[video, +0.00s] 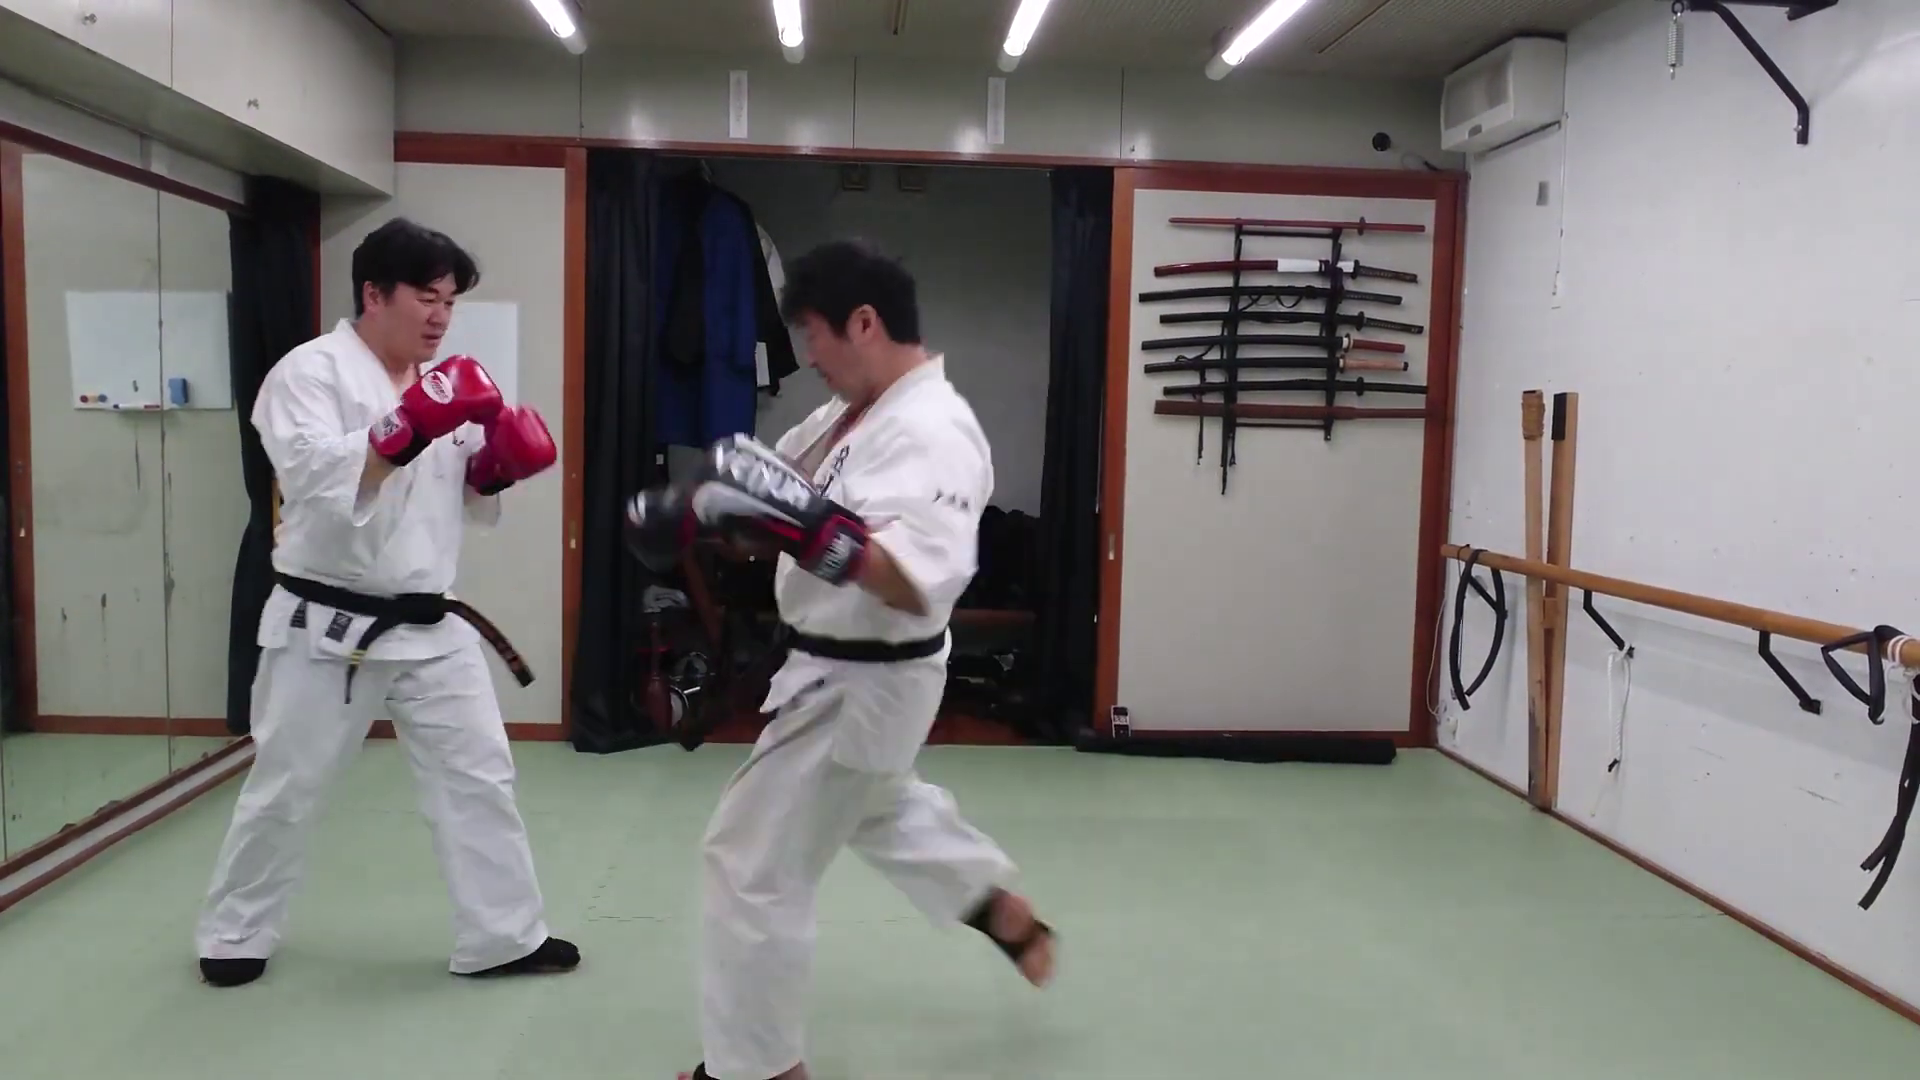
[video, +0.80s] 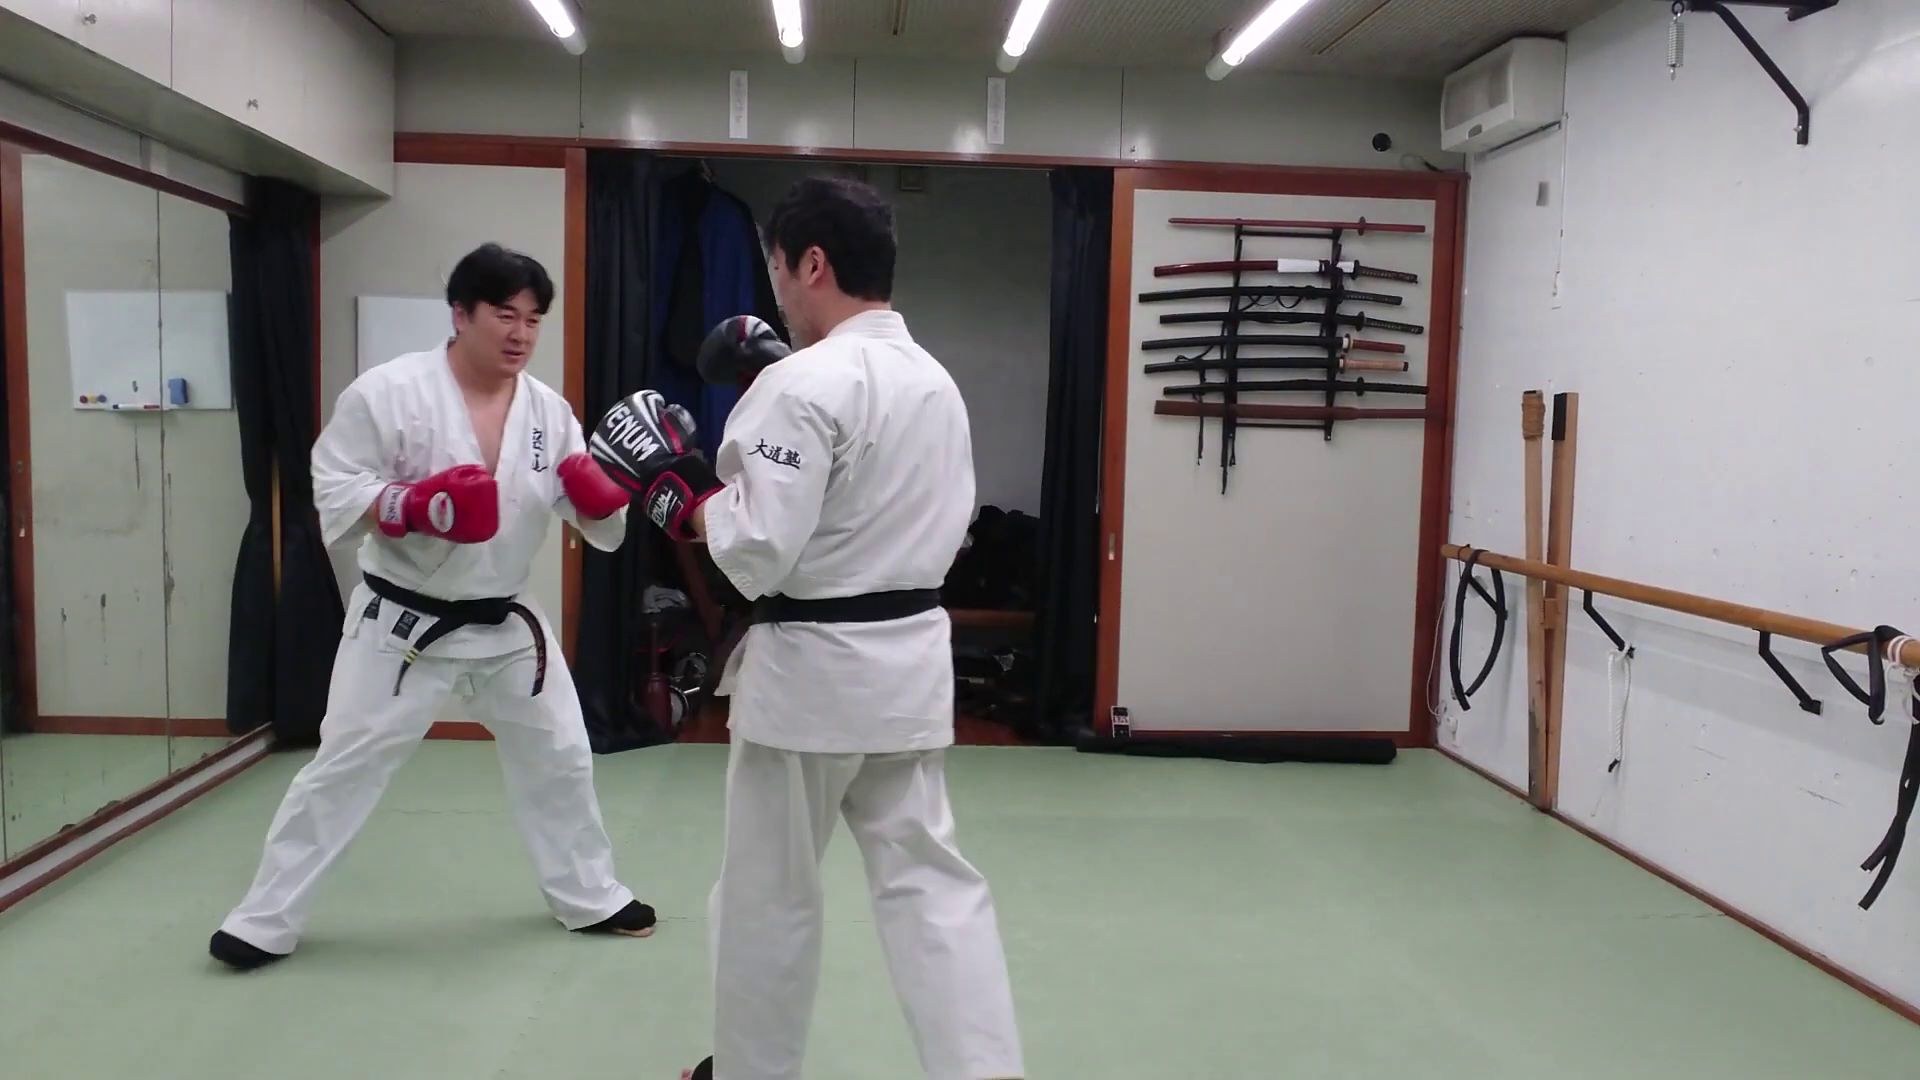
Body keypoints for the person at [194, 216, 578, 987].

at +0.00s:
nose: (442, 315)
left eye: (449, 302)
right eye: (427, 298)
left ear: (454, 304)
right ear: (373, 294)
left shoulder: (453, 382)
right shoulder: (304, 374)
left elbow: (472, 496)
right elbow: (315, 481)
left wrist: (498, 466)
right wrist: (400, 437)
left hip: (430, 623)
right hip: (321, 620)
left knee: (480, 777)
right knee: (285, 790)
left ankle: (499, 937)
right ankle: (235, 934)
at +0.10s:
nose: (405, 334)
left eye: (416, 320)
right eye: (391, 315)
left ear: (424, 324)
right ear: (339, 307)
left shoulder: (411, 388)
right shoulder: (277, 377)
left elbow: (456, 485)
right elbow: (343, 478)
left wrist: (487, 424)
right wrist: (424, 413)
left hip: (400, 598)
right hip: (296, 612)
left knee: (499, 693)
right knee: (280, 780)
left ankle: (511, 864)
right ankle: (240, 930)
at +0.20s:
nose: (391, 337)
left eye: (402, 321)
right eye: (377, 319)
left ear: (410, 319)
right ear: (327, 311)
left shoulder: (400, 373)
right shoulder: (270, 378)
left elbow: (459, 468)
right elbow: (349, 470)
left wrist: (470, 404)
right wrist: (447, 419)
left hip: (392, 578)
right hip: (298, 608)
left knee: (506, 600)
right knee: (283, 773)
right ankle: (244, 932)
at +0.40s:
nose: (391, 320)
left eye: (403, 306)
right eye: (375, 303)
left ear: (412, 308)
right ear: (326, 298)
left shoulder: (405, 383)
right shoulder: (261, 381)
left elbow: (441, 501)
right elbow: (292, 507)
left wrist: (471, 452)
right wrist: (388, 461)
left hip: (411, 566)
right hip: (303, 599)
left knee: (523, 614)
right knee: (281, 771)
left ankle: (490, 761)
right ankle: (247, 931)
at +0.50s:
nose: (405, 314)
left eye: (415, 300)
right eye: (388, 297)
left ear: (423, 302)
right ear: (335, 293)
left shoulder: (421, 382)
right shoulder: (265, 377)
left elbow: (442, 489)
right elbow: (255, 495)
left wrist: (475, 470)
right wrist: (347, 467)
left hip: (419, 588)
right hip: (310, 607)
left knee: (527, 689)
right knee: (289, 771)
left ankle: (566, 840)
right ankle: (245, 929)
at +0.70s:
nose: (472, 327)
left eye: (482, 314)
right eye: (455, 311)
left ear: (492, 320)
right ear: (410, 313)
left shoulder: (507, 410)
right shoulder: (334, 397)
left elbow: (547, 487)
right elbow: (283, 498)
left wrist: (554, 517)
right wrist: (365, 502)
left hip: (481, 627)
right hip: (369, 629)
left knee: (539, 766)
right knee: (316, 781)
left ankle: (588, 897)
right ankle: (249, 929)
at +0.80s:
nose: (521, 331)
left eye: (532, 318)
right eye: (505, 314)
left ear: (541, 325)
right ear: (462, 315)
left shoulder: (549, 413)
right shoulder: (389, 391)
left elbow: (598, 522)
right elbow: (333, 484)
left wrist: (603, 501)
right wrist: (409, 505)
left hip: (506, 625)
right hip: (399, 622)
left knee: (562, 755)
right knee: (345, 767)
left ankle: (589, 897)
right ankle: (264, 921)